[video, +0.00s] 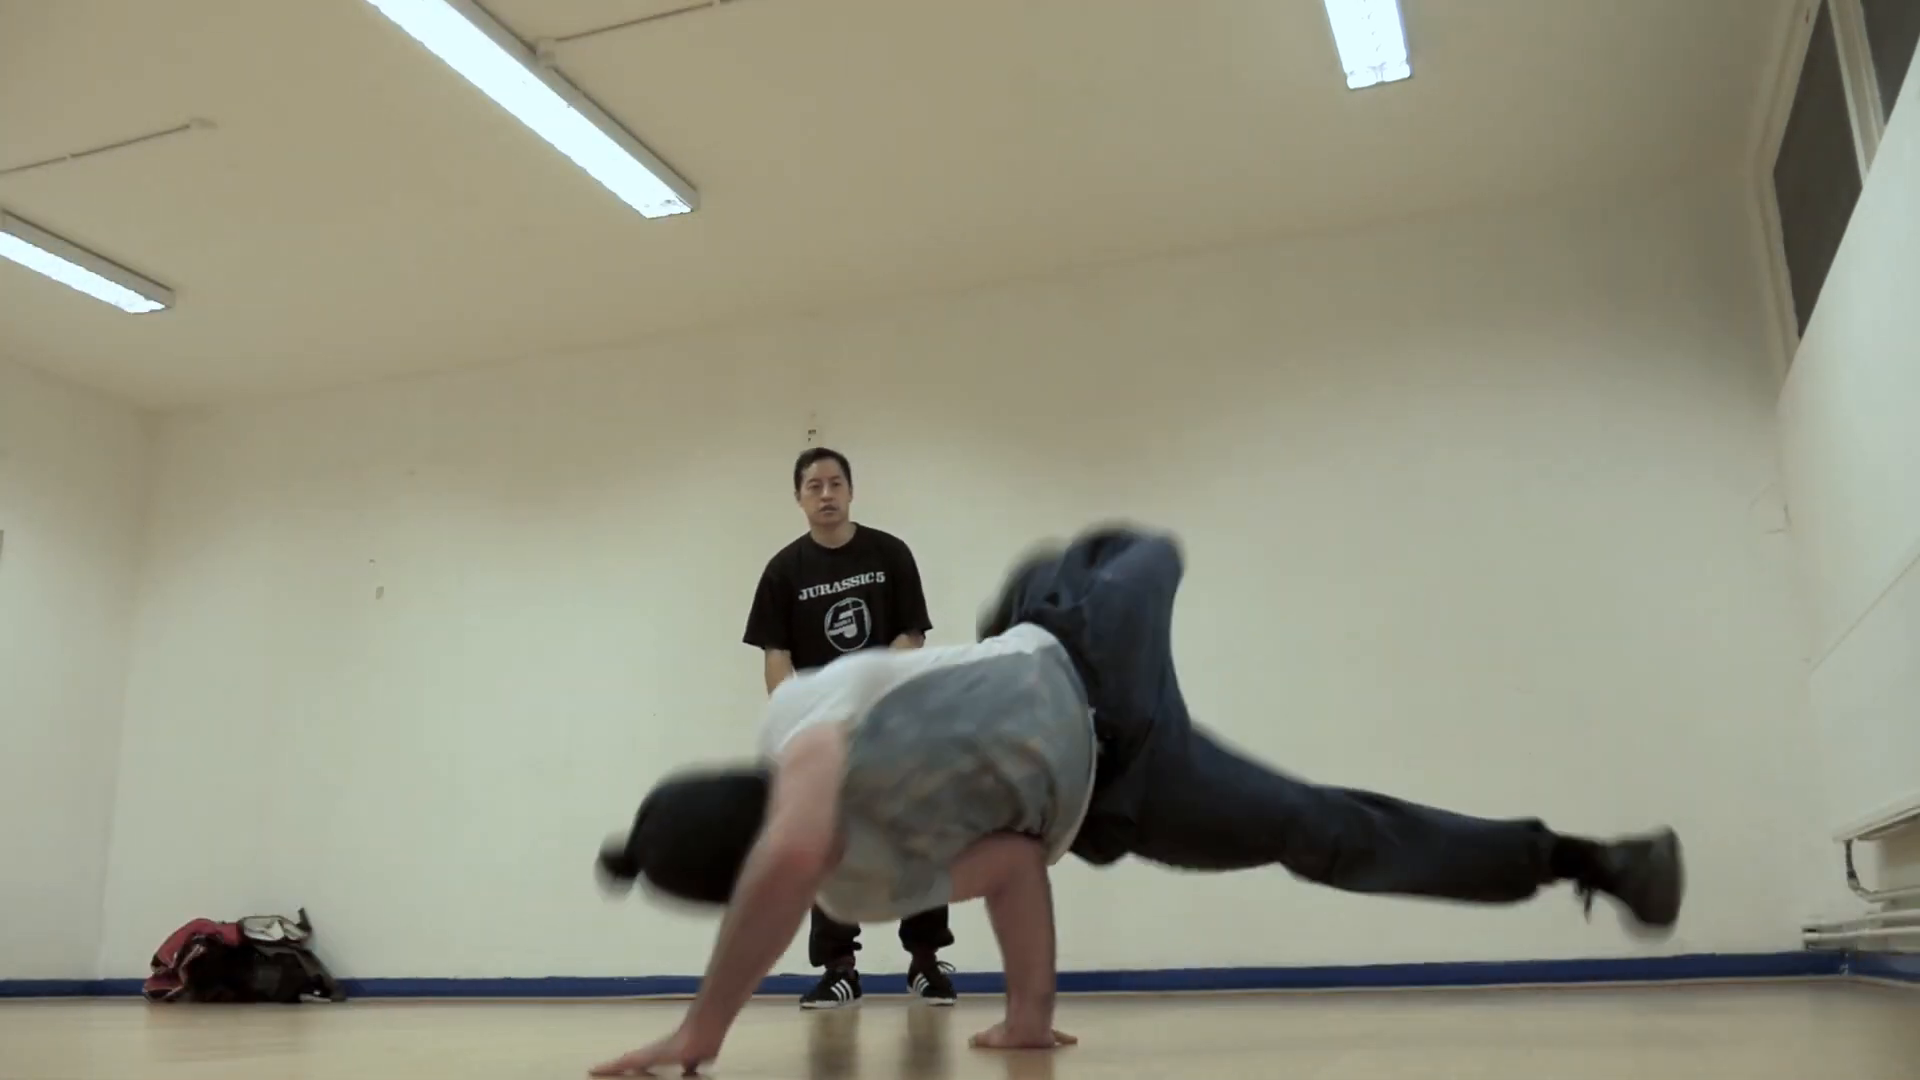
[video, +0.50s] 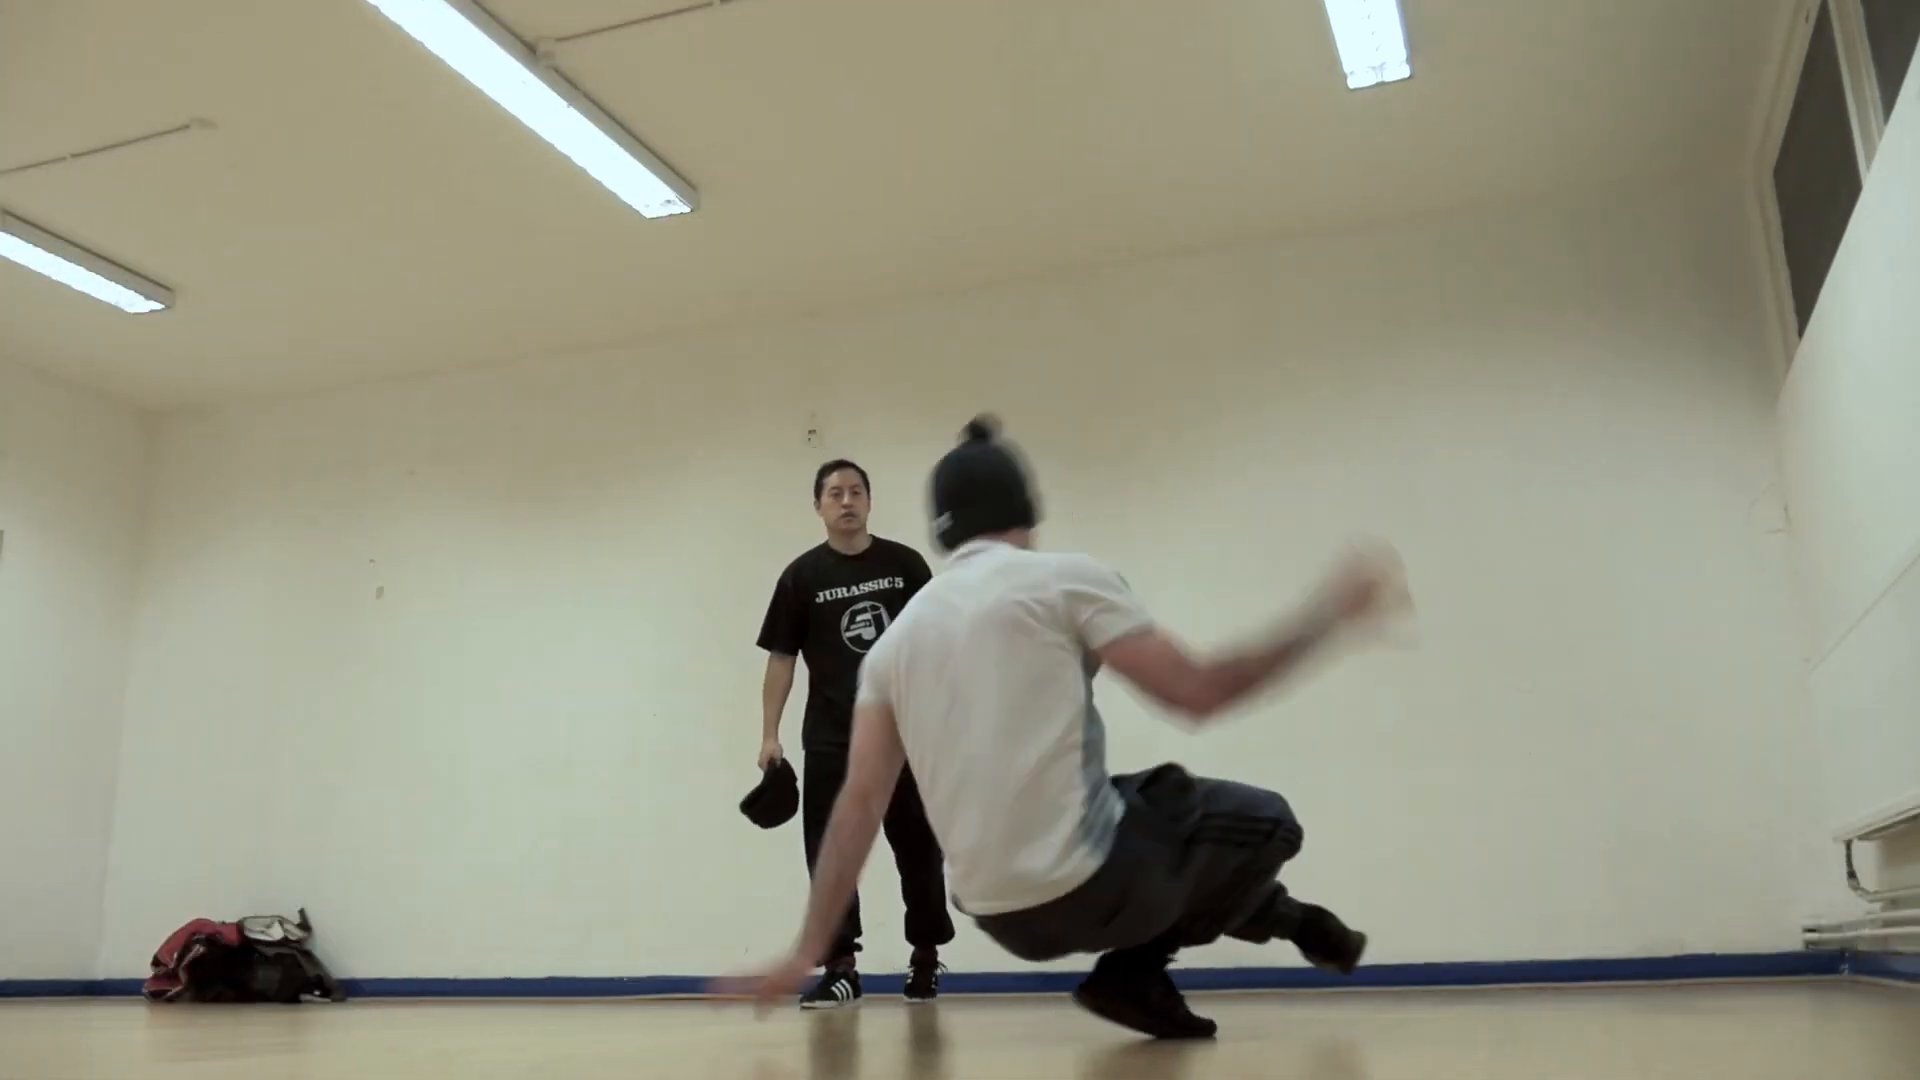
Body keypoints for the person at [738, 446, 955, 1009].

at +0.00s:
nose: (826, 494)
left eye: (835, 484)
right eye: (814, 486)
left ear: (851, 491)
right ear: (798, 497)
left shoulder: (891, 554)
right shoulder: (783, 571)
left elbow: (911, 640)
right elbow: (777, 663)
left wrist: (881, 701)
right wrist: (799, 732)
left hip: (900, 712)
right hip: (821, 727)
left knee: (923, 827)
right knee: (829, 841)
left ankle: (927, 959)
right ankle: (836, 967)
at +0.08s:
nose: (822, 494)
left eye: (831, 484)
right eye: (811, 486)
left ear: (847, 491)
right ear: (794, 498)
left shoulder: (888, 555)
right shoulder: (781, 572)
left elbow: (914, 640)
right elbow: (771, 663)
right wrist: (795, 731)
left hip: (897, 711)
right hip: (816, 729)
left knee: (921, 833)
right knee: (825, 843)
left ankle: (920, 959)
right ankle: (838, 967)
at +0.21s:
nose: (823, 493)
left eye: (831, 484)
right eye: (811, 487)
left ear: (847, 493)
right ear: (795, 500)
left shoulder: (885, 554)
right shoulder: (780, 573)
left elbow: (926, 635)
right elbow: (768, 662)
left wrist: (925, 716)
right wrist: (767, 735)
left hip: (896, 719)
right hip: (819, 724)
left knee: (908, 840)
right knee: (824, 849)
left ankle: (916, 956)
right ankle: (838, 969)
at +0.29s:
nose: (827, 494)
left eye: (835, 485)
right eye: (816, 488)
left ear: (851, 494)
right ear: (799, 501)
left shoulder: (892, 557)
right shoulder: (785, 573)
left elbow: (931, 638)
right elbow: (769, 662)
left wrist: (926, 715)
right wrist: (765, 736)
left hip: (894, 729)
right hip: (823, 736)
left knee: (909, 843)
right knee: (825, 854)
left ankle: (917, 949)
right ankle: (839, 969)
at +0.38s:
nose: (834, 496)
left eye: (841, 487)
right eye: (822, 489)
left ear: (857, 497)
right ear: (805, 503)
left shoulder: (896, 560)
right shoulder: (790, 574)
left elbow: (926, 644)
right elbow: (772, 660)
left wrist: (923, 714)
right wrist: (764, 736)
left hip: (896, 732)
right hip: (826, 737)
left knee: (913, 840)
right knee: (826, 853)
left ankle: (919, 946)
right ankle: (839, 969)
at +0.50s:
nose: (846, 500)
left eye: (854, 492)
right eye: (834, 493)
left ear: (870, 503)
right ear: (818, 506)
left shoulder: (906, 564)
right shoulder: (801, 577)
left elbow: (939, 644)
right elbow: (780, 661)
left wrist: (946, 715)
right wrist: (770, 736)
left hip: (903, 730)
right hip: (832, 736)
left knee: (917, 844)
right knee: (829, 850)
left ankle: (925, 959)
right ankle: (839, 967)